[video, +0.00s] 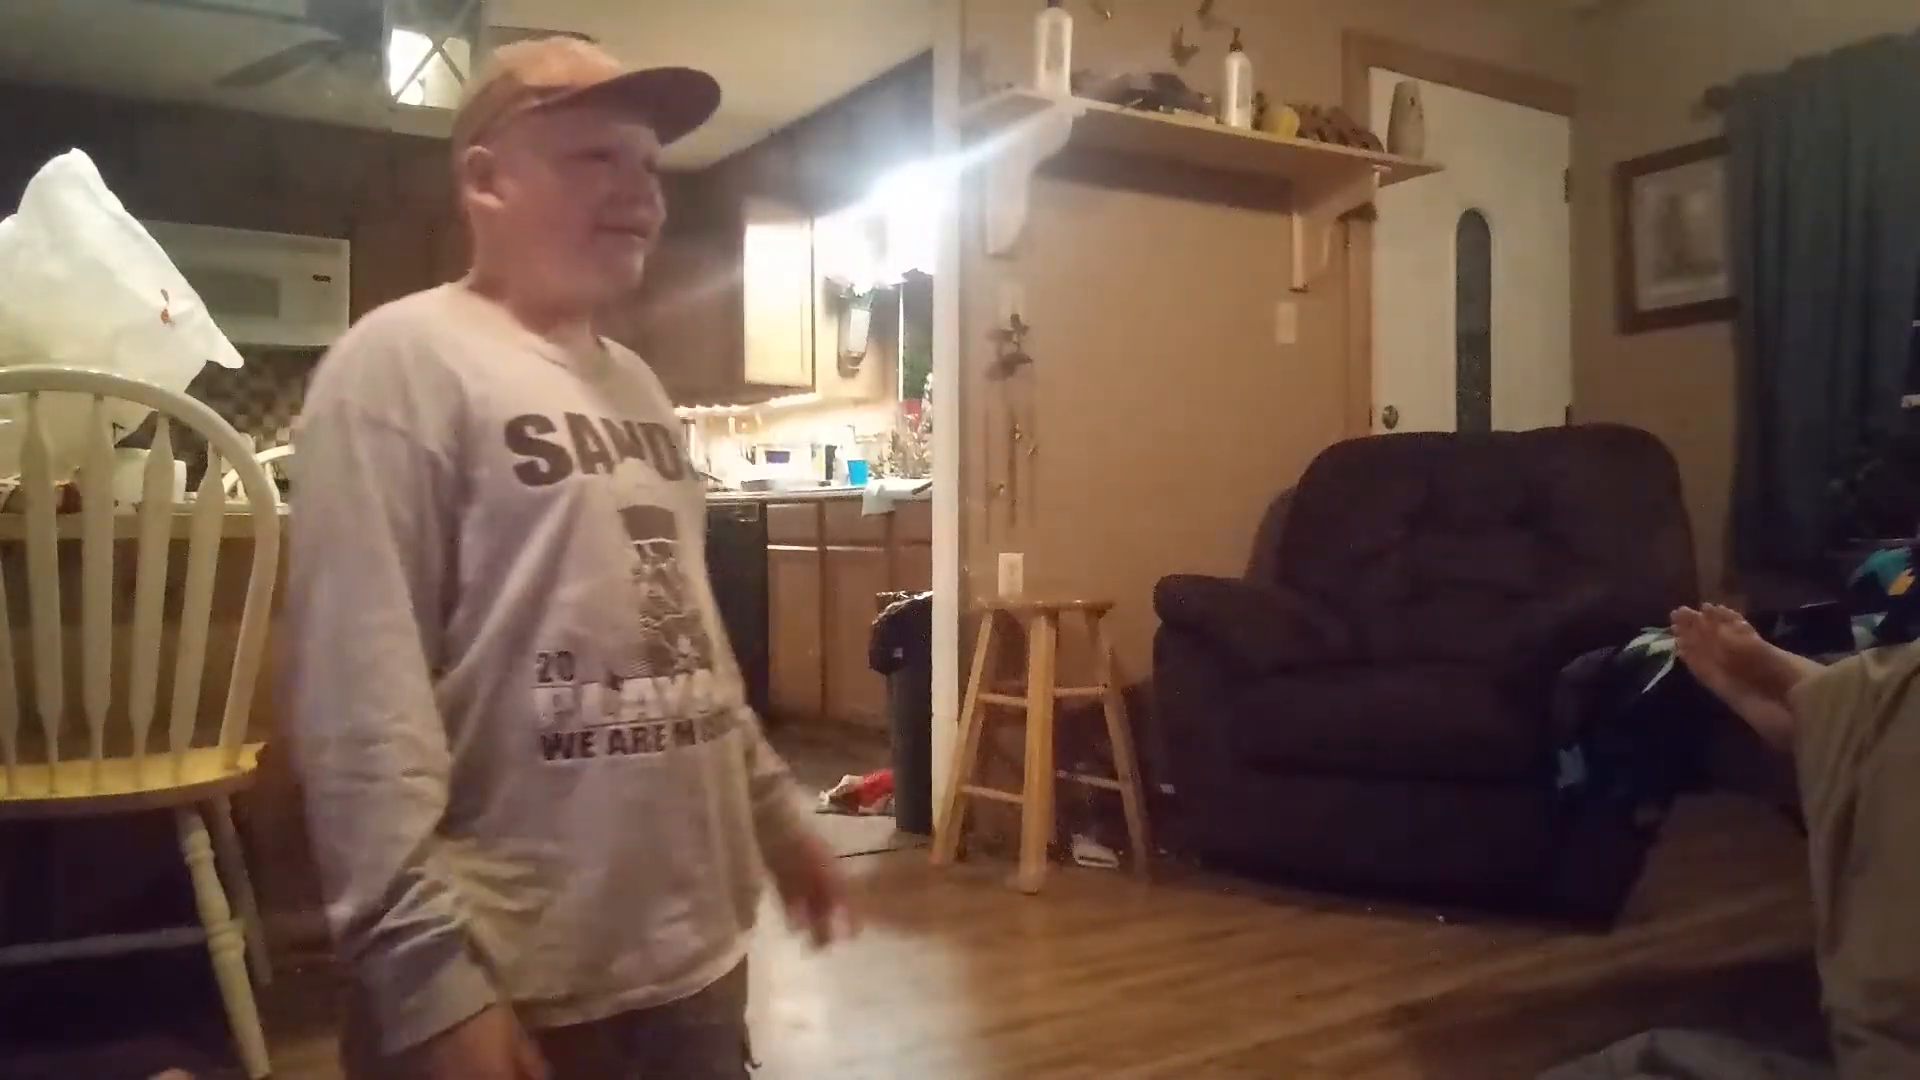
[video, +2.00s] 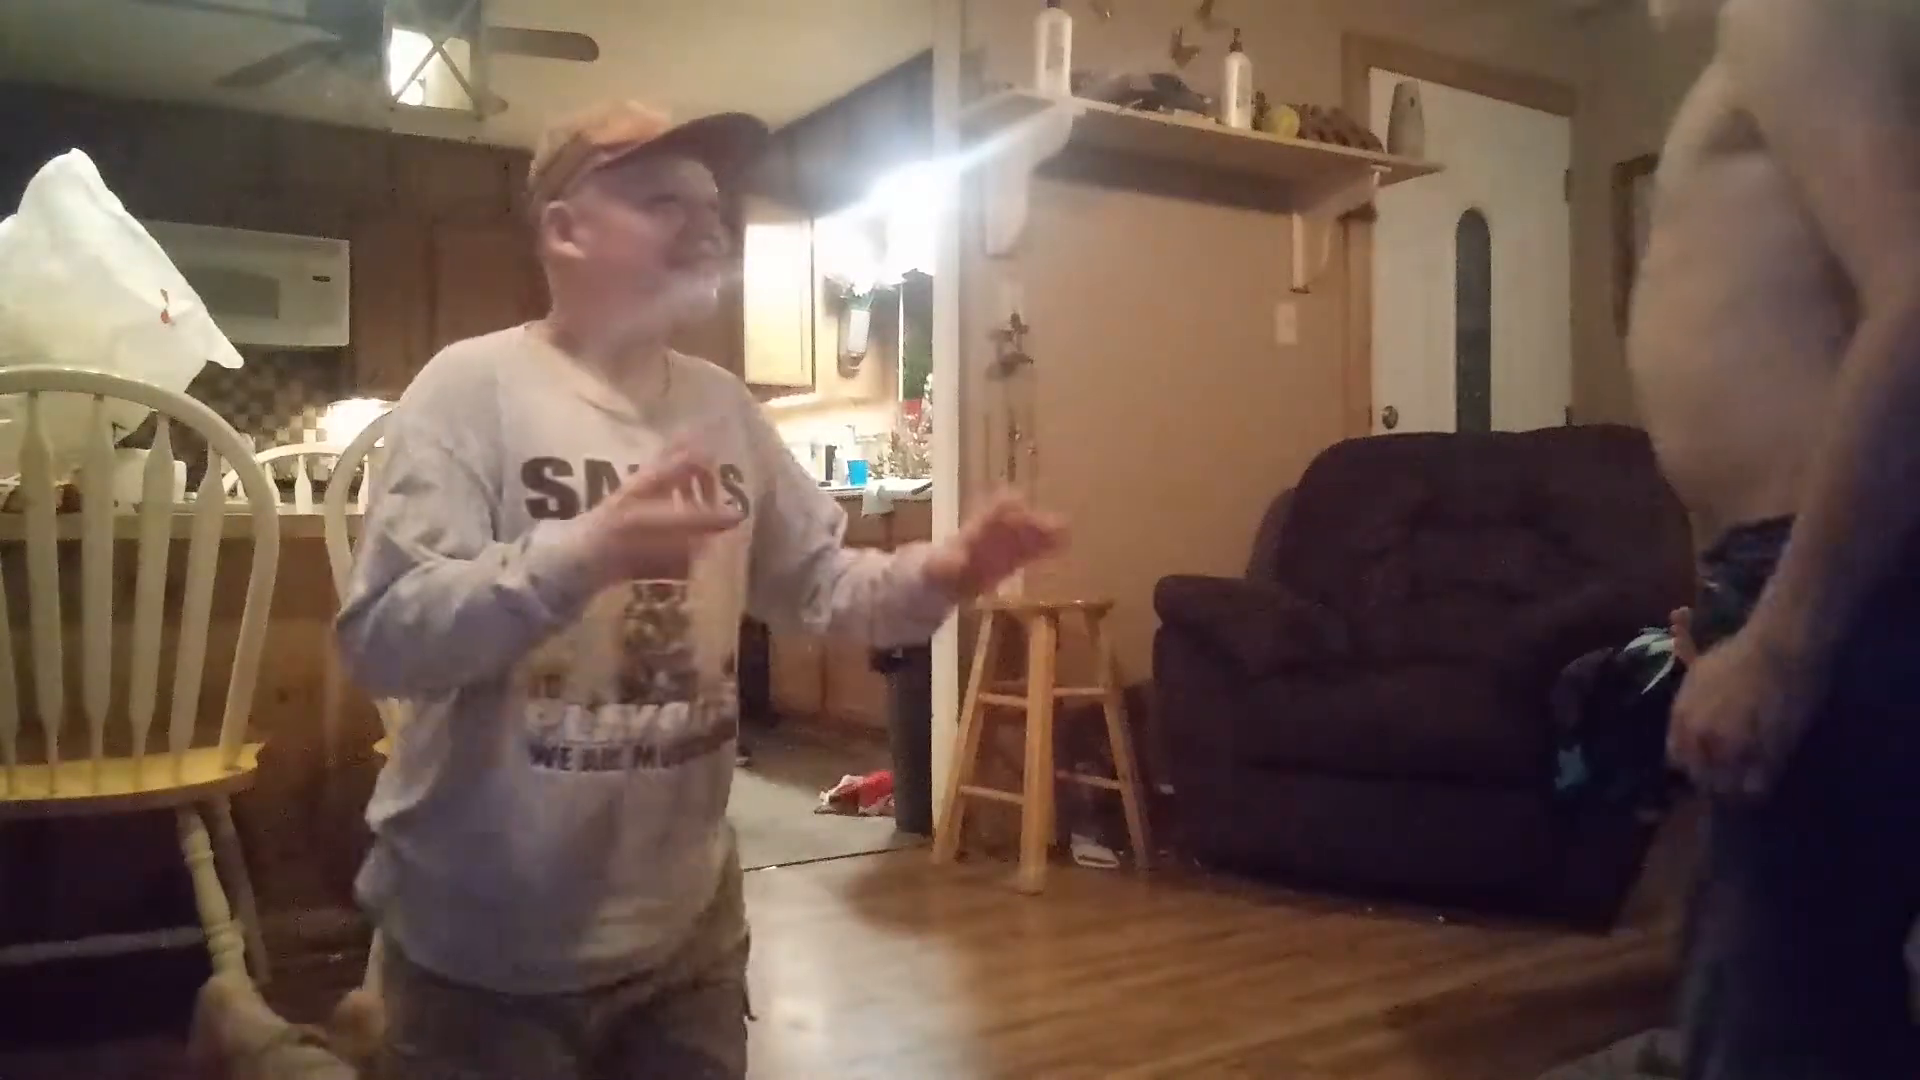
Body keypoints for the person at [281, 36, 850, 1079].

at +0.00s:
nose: (644, 196)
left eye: (652, 168)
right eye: (597, 156)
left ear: (657, 190)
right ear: (484, 177)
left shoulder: (639, 387)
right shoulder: (396, 361)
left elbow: (687, 644)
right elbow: (354, 689)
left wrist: (779, 820)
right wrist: (430, 984)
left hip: (692, 972)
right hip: (503, 995)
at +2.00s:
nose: (706, 223)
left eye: (711, 203)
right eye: (661, 200)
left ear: (723, 230)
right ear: (565, 230)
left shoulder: (726, 410)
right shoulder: (466, 386)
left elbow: (817, 582)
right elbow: (387, 635)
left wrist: (946, 572)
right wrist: (591, 551)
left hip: (682, 935)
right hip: (483, 948)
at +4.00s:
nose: (598, 370)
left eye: (607, 343)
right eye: (557, 349)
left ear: (621, 351)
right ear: (465, 375)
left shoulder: (660, 498)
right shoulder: (356, 527)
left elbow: (844, 539)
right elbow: (192, 747)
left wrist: (1016, 476)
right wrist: (318, 675)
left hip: (604, 919)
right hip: (393, 932)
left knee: (676, 1066)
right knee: (364, 1067)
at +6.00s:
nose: (574, 401)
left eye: (579, 372)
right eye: (531, 378)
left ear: (593, 378)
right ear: (428, 410)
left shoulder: (643, 508)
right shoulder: (349, 535)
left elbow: (833, 577)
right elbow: (248, 744)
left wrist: (1009, 546)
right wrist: (478, 585)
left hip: (611, 915)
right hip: (427, 932)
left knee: (663, 1069)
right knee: (448, 1070)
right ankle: (304, 992)